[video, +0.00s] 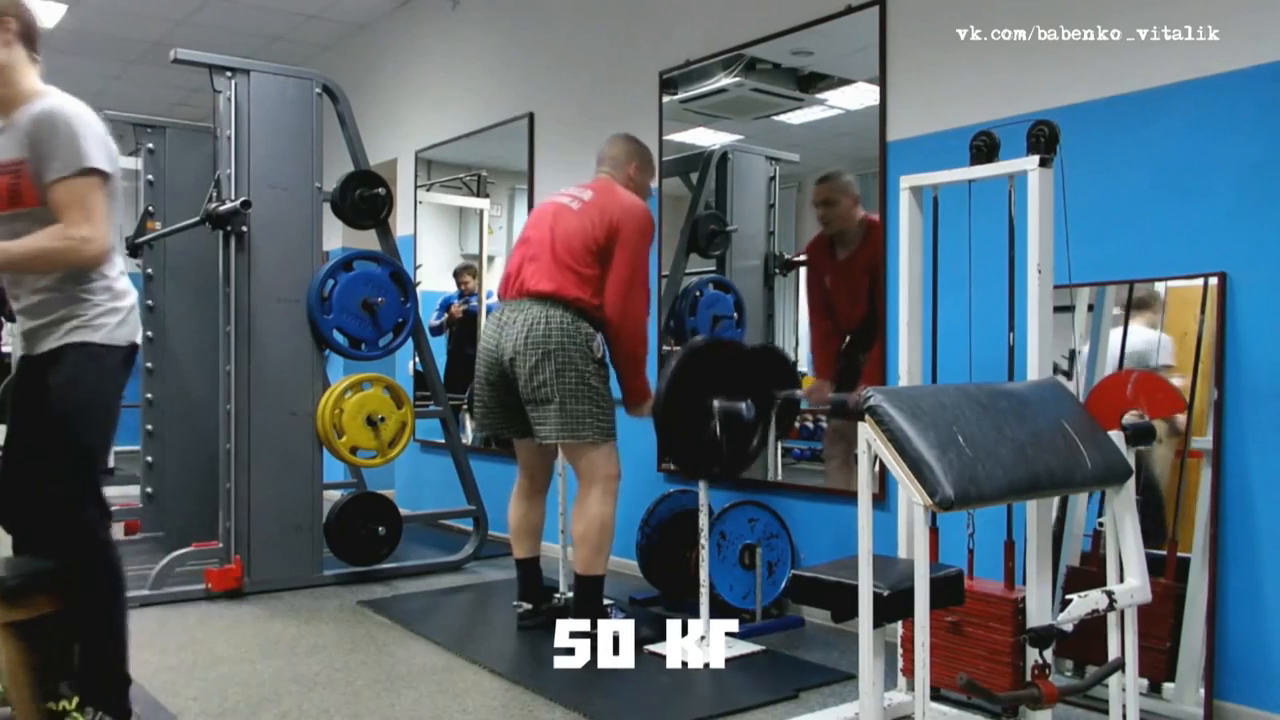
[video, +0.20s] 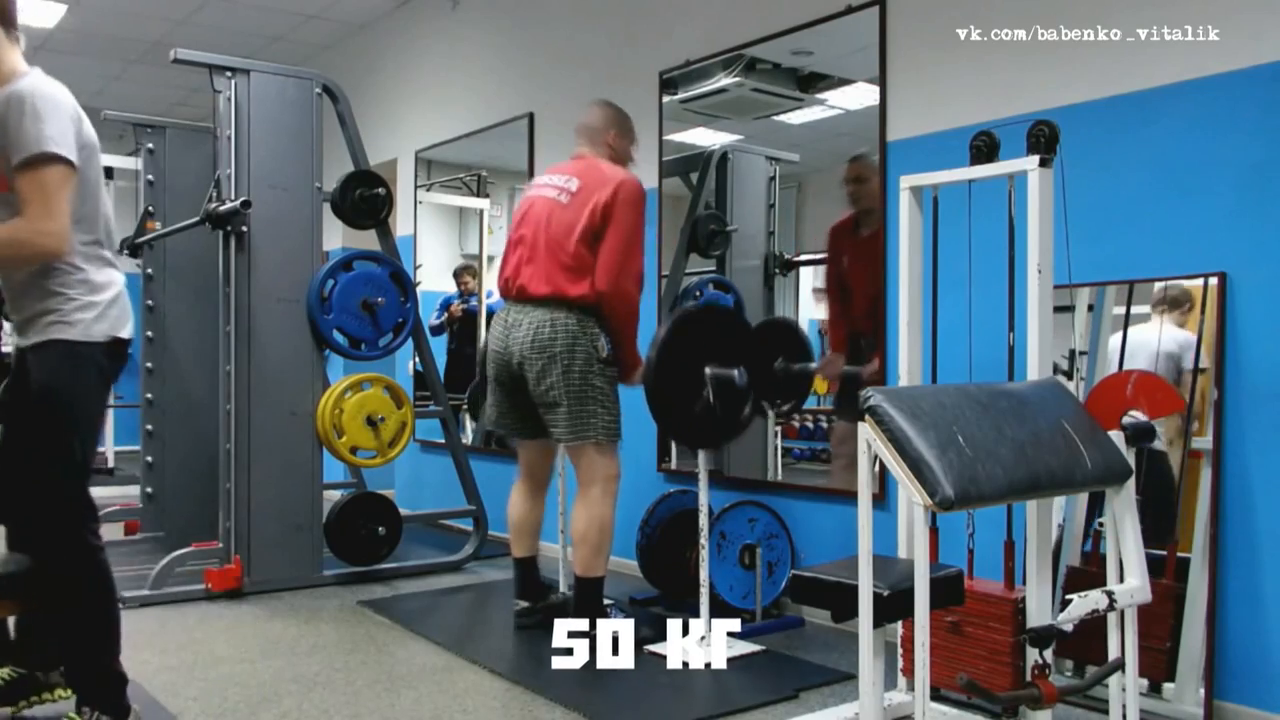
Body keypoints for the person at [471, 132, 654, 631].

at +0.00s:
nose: (648, 193)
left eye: (649, 186)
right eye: (648, 184)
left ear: (602, 168)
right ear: (634, 171)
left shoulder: (557, 201)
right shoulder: (631, 209)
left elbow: (511, 282)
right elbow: (623, 307)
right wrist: (637, 390)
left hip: (502, 327)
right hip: (558, 332)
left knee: (532, 470)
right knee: (598, 475)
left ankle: (532, 598)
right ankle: (588, 612)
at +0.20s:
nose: (630, 157)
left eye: (630, 150)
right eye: (630, 149)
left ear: (582, 138)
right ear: (617, 141)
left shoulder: (543, 181)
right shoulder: (622, 185)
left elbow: (508, 276)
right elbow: (615, 283)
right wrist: (628, 357)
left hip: (509, 328)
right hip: (569, 332)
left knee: (532, 469)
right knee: (598, 475)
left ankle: (529, 595)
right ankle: (588, 611)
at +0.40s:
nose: (602, 134)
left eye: (601, 127)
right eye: (600, 126)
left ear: (548, 121)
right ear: (585, 122)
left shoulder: (514, 172)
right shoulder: (598, 172)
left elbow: (497, 268)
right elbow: (604, 270)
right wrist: (619, 343)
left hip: (500, 331)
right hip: (563, 334)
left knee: (514, 467)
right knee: (590, 477)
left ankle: (478, 595)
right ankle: (588, 615)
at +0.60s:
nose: (558, 130)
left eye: (555, 121)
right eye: (555, 121)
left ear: (507, 123)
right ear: (541, 120)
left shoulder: (477, 179)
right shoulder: (555, 173)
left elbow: (467, 274)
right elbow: (569, 270)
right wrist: (595, 342)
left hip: (472, 338)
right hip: (534, 336)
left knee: (488, 474)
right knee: (576, 476)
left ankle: (439, 610)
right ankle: (586, 618)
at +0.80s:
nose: (523, 133)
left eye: (522, 124)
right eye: (520, 123)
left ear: (472, 124)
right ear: (500, 121)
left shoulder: (442, 180)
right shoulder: (516, 171)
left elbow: (431, 276)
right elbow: (528, 270)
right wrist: (559, 342)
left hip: (439, 335)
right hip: (498, 333)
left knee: (459, 482)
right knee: (552, 477)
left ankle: (435, 619)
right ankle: (578, 617)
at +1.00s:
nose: (509, 132)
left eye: (508, 123)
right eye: (507, 122)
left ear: (459, 122)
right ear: (486, 118)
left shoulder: (427, 177)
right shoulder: (504, 168)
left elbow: (408, 269)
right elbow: (511, 268)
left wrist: (438, 315)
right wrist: (532, 339)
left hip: (419, 333)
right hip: (480, 330)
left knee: (448, 479)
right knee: (542, 470)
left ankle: (434, 621)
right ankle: (516, 616)